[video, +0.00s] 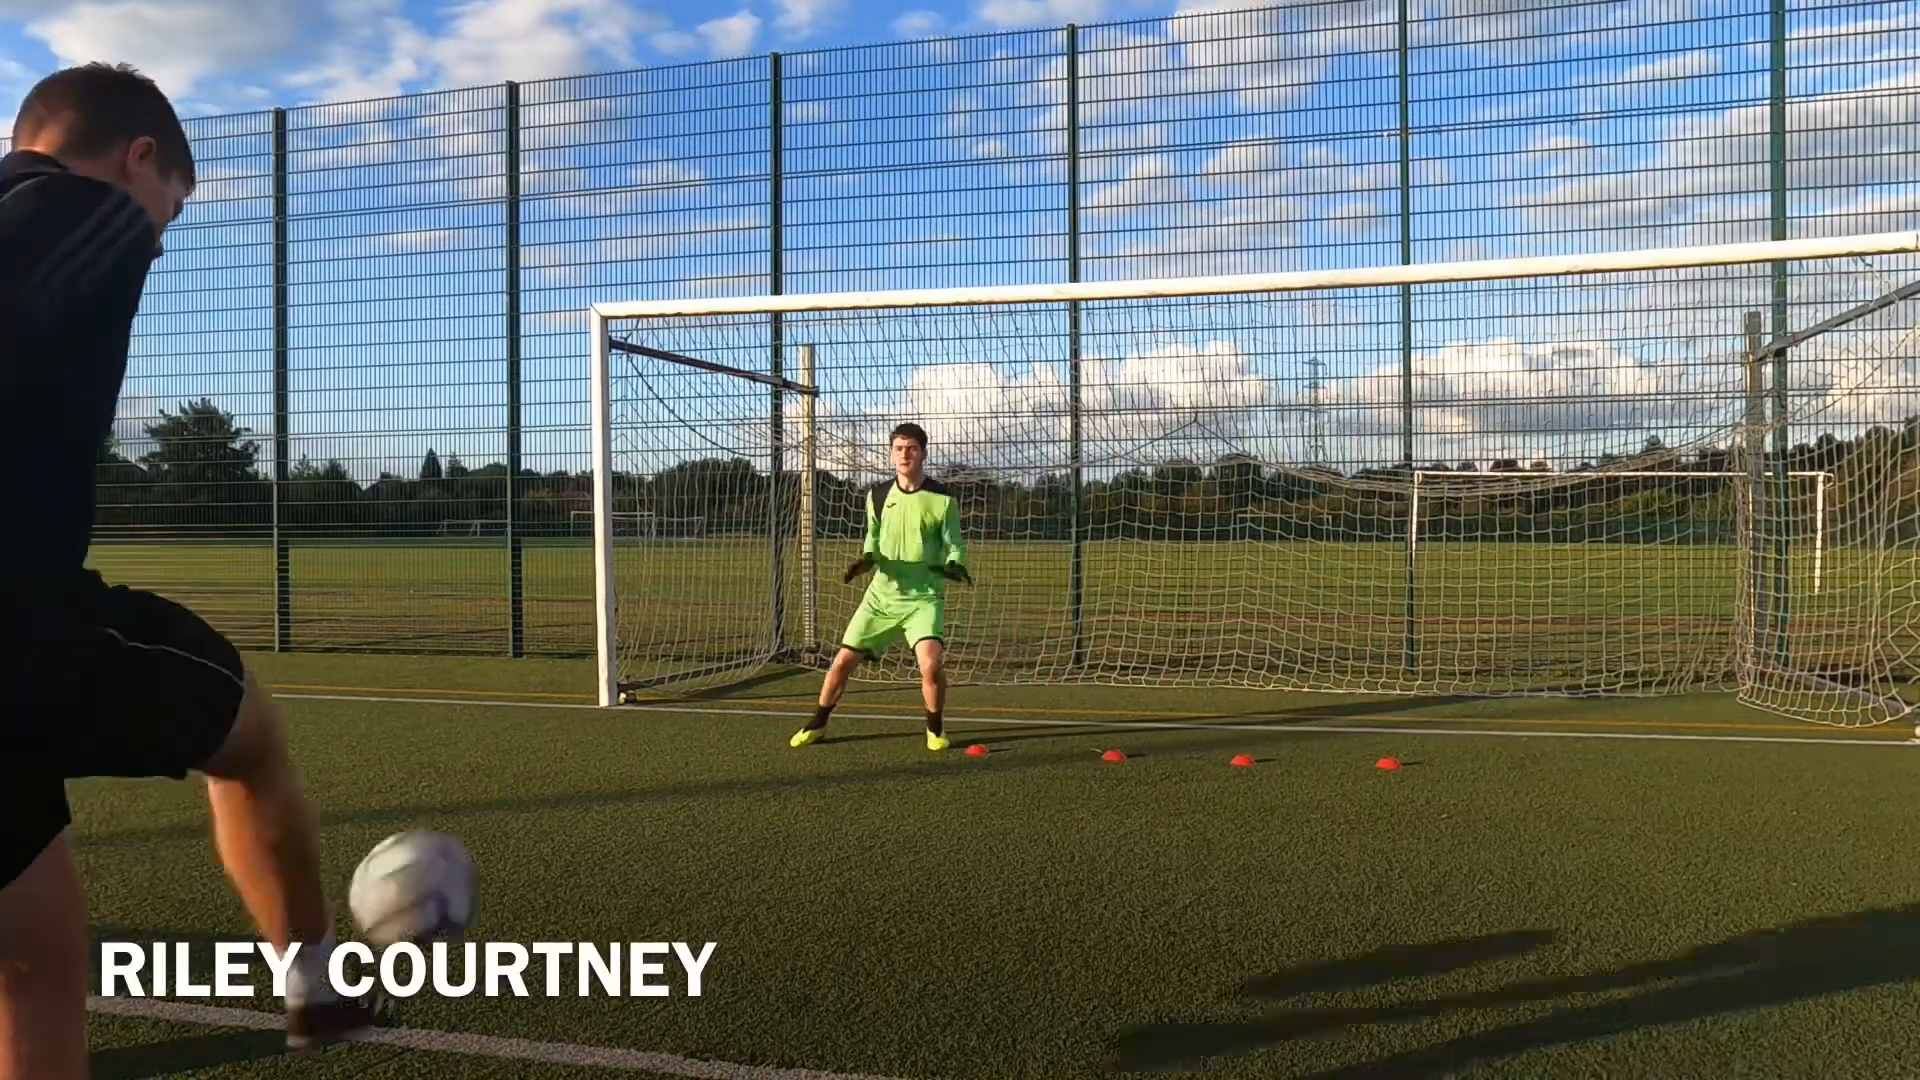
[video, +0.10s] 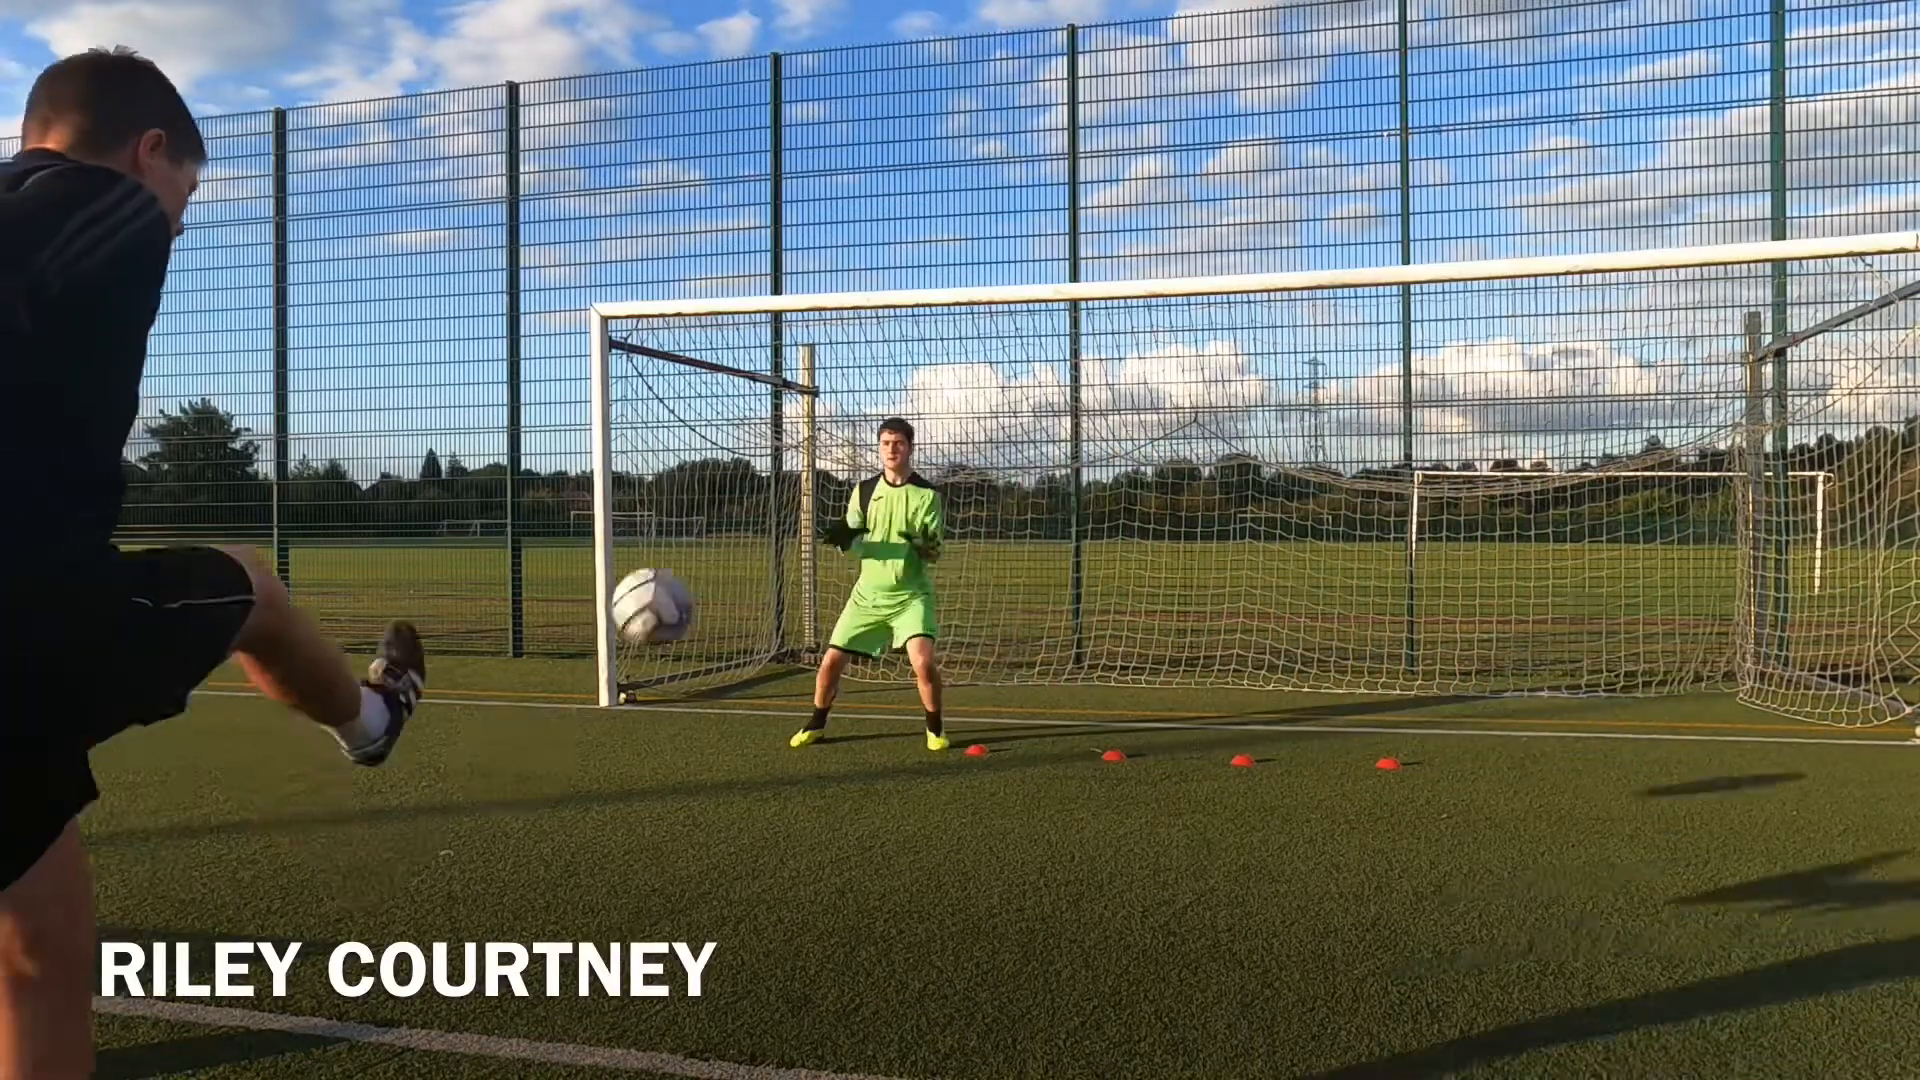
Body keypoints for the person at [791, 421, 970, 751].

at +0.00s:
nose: (904, 455)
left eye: (911, 449)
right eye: (899, 449)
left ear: (923, 454)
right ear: (891, 455)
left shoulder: (943, 501)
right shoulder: (877, 497)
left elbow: (955, 545)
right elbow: (871, 540)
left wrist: (955, 565)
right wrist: (865, 560)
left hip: (923, 599)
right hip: (880, 597)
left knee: (931, 665)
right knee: (842, 662)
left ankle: (935, 729)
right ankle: (818, 723)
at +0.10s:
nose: (892, 449)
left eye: (898, 444)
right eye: (886, 444)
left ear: (910, 448)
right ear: (879, 449)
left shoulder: (927, 496)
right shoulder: (862, 491)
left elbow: (935, 553)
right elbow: (851, 541)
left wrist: (925, 547)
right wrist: (842, 538)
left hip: (911, 597)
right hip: (866, 595)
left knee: (923, 663)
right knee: (831, 661)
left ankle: (935, 729)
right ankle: (816, 725)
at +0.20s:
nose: (880, 440)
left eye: (887, 434)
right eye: (875, 434)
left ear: (899, 439)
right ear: (866, 440)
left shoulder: (913, 485)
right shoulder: (853, 482)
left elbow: (913, 534)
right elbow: (830, 528)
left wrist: (899, 514)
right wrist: (828, 499)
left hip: (902, 590)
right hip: (858, 591)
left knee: (919, 660)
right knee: (828, 658)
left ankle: (935, 729)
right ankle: (816, 723)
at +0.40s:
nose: (851, 432)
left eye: (857, 426)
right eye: (845, 427)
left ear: (870, 429)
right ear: (838, 433)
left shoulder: (887, 472)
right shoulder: (832, 476)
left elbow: (886, 526)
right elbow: (820, 526)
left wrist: (863, 495)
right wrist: (818, 495)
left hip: (888, 578)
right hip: (846, 582)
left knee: (907, 658)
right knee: (825, 653)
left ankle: (932, 729)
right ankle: (816, 724)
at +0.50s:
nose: (834, 439)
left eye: (839, 431)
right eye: (826, 433)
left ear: (852, 435)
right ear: (820, 441)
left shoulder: (876, 472)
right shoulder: (825, 481)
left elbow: (886, 524)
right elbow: (825, 532)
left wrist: (845, 504)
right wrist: (805, 519)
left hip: (886, 579)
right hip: (845, 583)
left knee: (905, 656)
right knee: (826, 652)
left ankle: (933, 728)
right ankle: (816, 724)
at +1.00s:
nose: (828, 438)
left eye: (834, 431)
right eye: (821, 432)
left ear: (844, 436)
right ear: (812, 437)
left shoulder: (870, 472)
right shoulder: (807, 480)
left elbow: (908, 500)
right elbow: (787, 526)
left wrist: (897, 515)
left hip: (882, 576)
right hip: (840, 583)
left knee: (904, 648)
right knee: (827, 655)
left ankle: (932, 725)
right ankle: (816, 725)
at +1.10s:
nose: (854, 447)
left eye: (859, 440)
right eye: (847, 440)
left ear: (866, 438)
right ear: (833, 438)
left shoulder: (884, 473)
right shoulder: (821, 481)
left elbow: (917, 505)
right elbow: (798, 521)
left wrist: (907, 524)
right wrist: (810, 481)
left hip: (890, 578)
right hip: (846, 583)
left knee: (912, 648)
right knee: (829, 653)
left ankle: (928, 724)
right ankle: (817, 724)